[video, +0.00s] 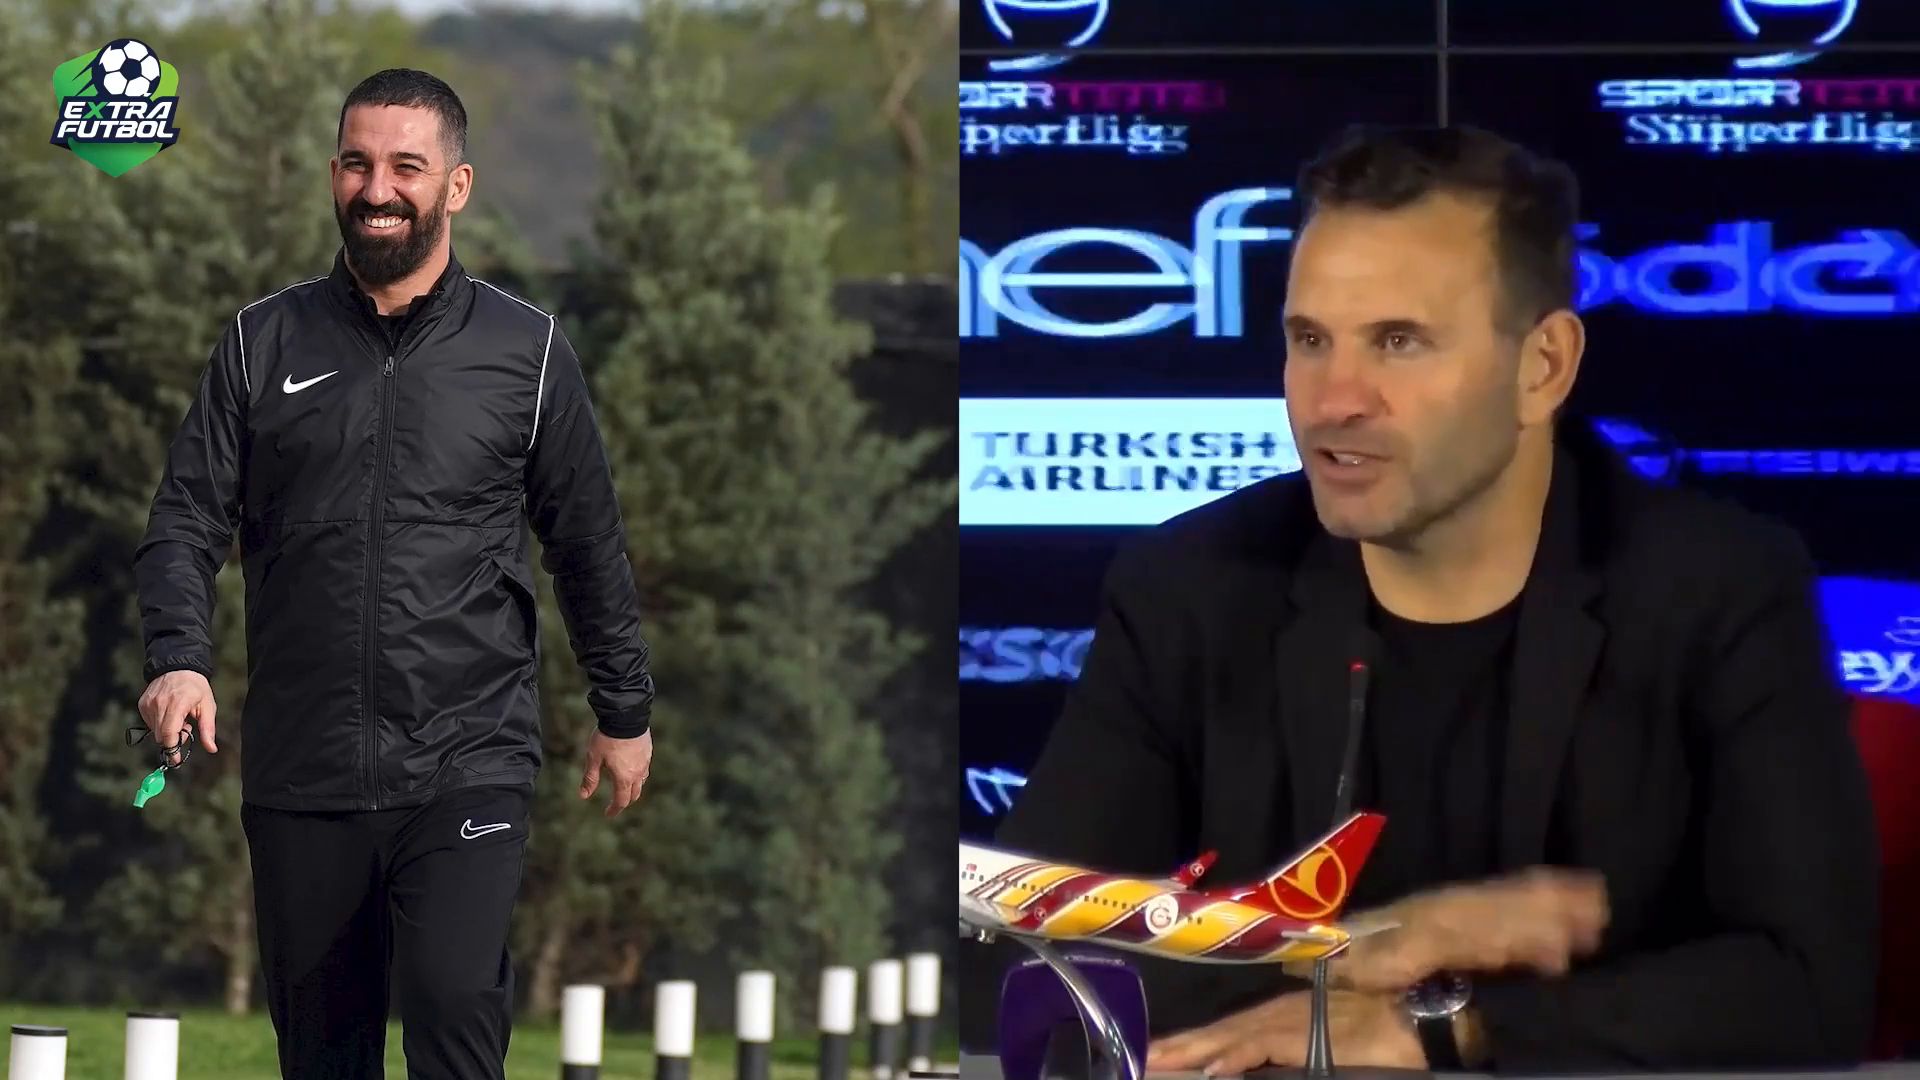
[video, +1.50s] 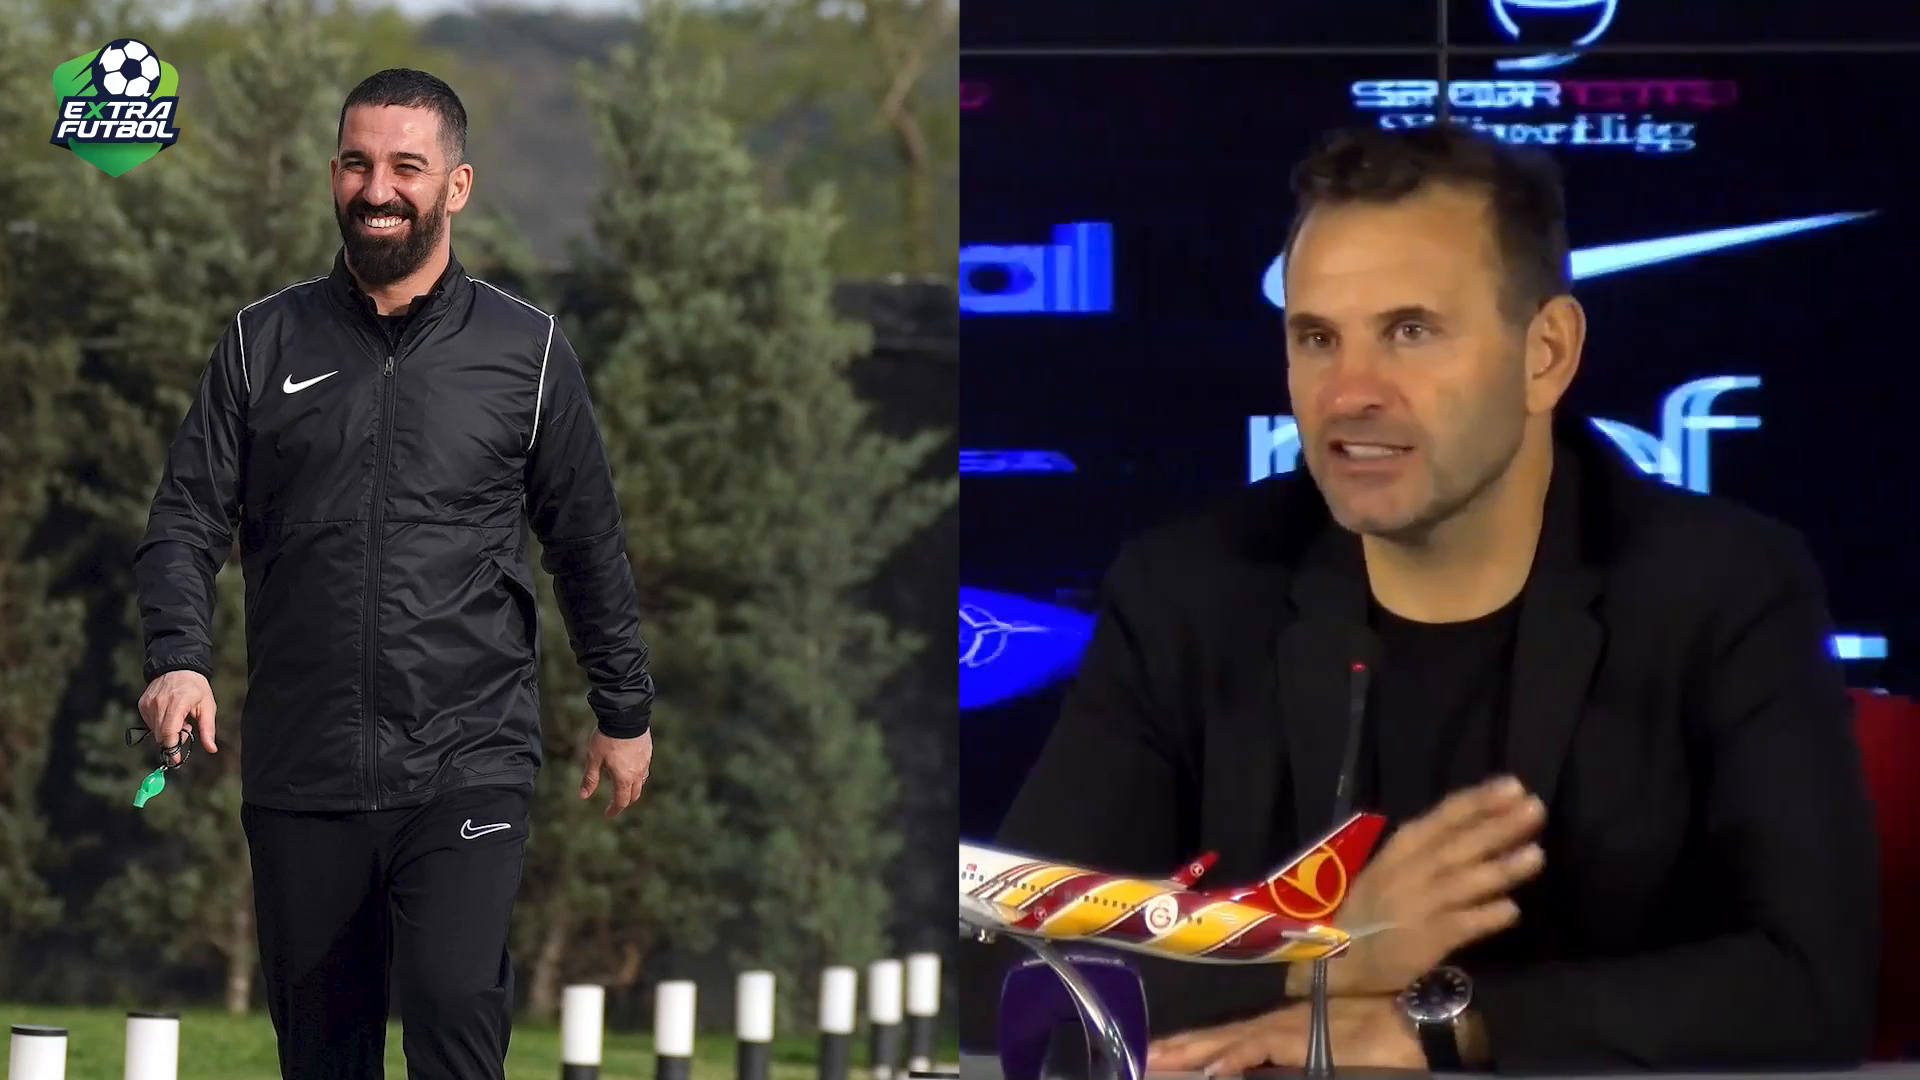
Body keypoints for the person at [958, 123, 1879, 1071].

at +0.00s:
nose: (1329, 398)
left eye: (1397, 344)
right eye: (1308, 339)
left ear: (1543, 368)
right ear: (1282, 342)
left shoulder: (1718, 593)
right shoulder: (1181, 592)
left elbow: (1808, 990)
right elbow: (1031, 983)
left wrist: (1438, 1030)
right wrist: (1363, 947)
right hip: (1247, 1077)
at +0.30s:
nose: (1326, 401)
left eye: (1390, 345)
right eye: (1301, 345)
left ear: (1537, 365)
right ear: (1275, 349)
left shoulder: (1718, 592)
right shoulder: (1186, 593)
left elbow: (1811, 990)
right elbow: (1015, 948)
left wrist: (1429, 1018)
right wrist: (1307, 909)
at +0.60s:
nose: (1371, 401)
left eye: (1433, 343)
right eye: (1333, 345)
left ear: (1553, 367)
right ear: (1293, 361)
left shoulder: (1718, 590)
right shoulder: (1186, 593)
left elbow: (1808, 984)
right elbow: (1027, 949)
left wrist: (1427, 1030)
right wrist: (1322, 955)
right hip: (1248, 1075)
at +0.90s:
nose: (1377, 395)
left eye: (1438, 336)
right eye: (1338, 339)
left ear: (1558, 363)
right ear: (1298, 358)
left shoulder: (1719, 594)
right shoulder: (1193, 592)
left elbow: (1809, 989)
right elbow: (1026, 967)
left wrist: (1423, 1030)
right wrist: (1329, 955)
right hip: (1256, 1074)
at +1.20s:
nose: (1359, 394)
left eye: (1421, 334)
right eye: (1324, 339)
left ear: (1552, 358)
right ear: (1290, 355)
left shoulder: (1722, 593)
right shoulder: (1188, 590)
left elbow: (1808, 990)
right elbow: (1027, 949)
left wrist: (1419, 1031)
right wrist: (1326, 956)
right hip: (1243, 1075)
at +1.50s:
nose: (1348, 391)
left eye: (1409, 332)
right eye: (1316, 337)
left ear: (1548, 354)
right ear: (1285, 354)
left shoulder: (1725, 591)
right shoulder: (1189, 589)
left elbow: (1812, 989)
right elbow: (1026, 973)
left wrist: (1439, 1025)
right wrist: (1319, 959)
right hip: (1249, 1077)